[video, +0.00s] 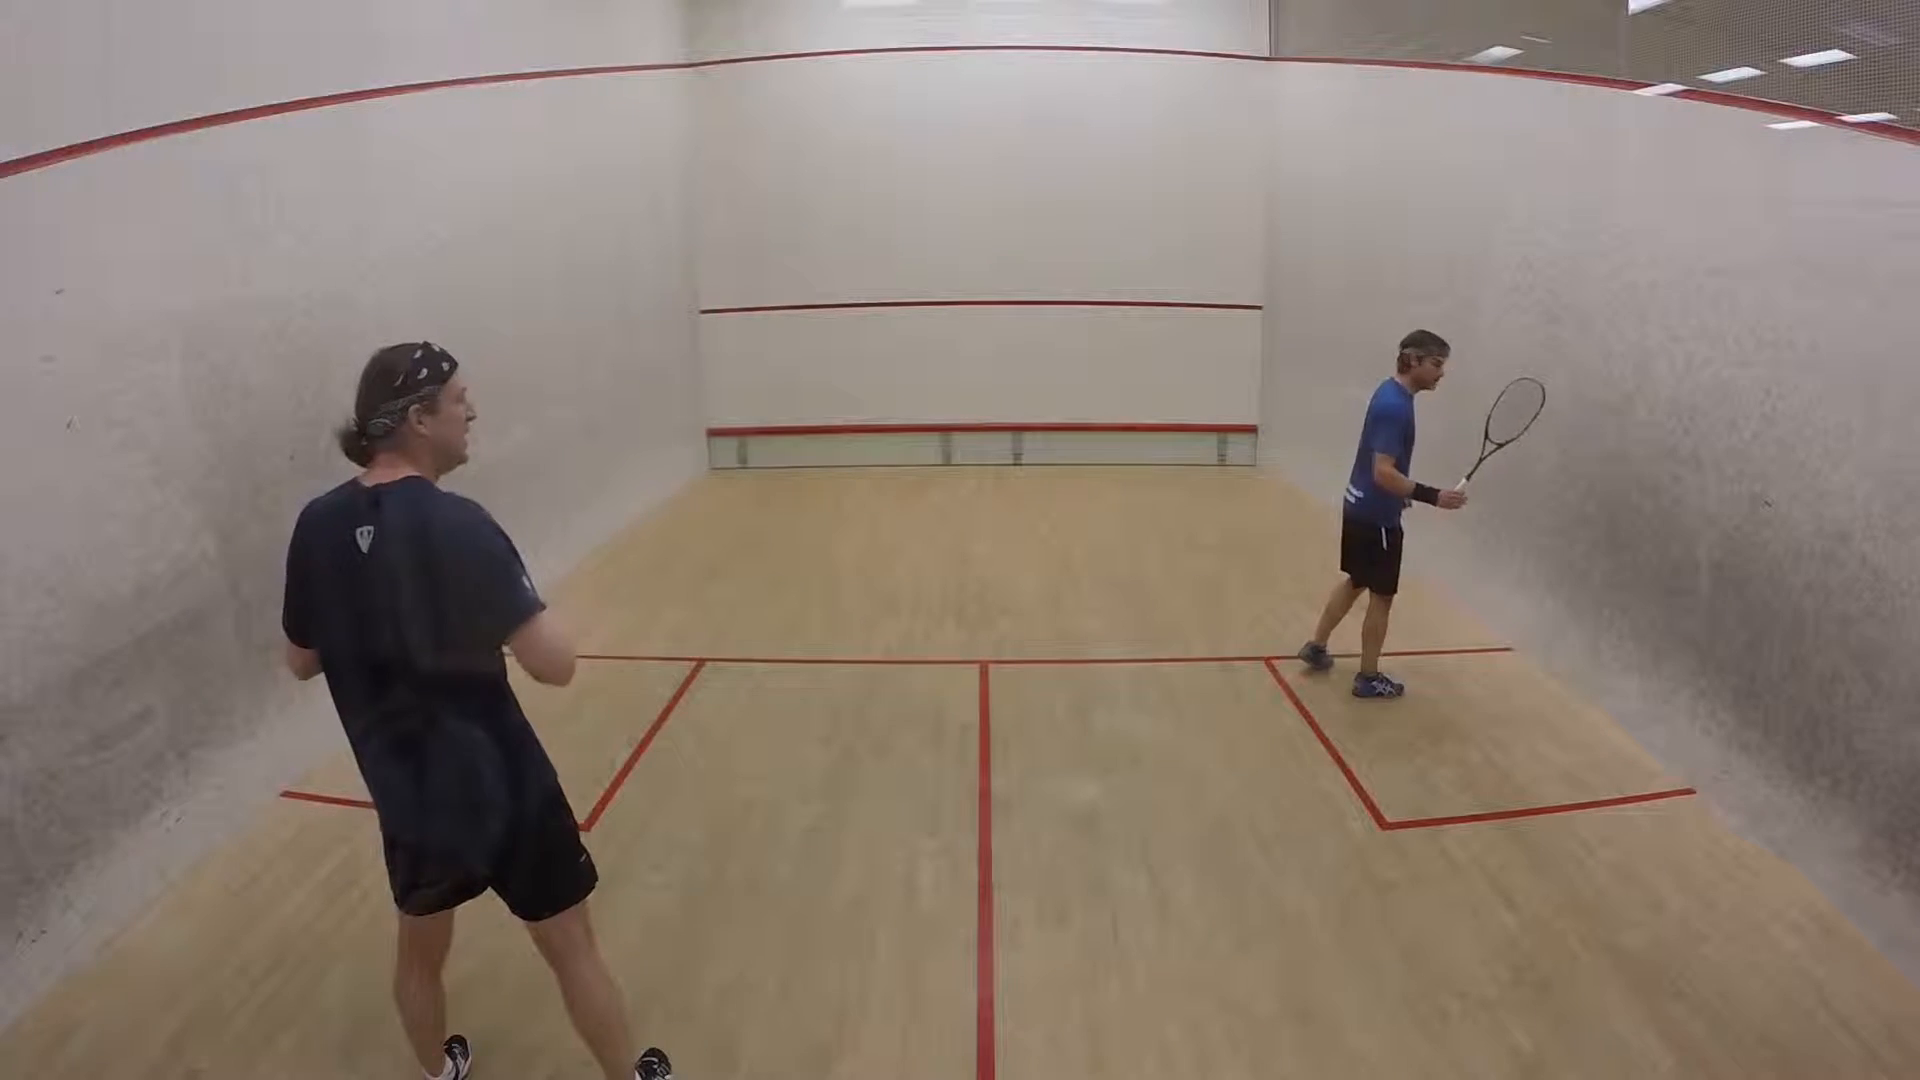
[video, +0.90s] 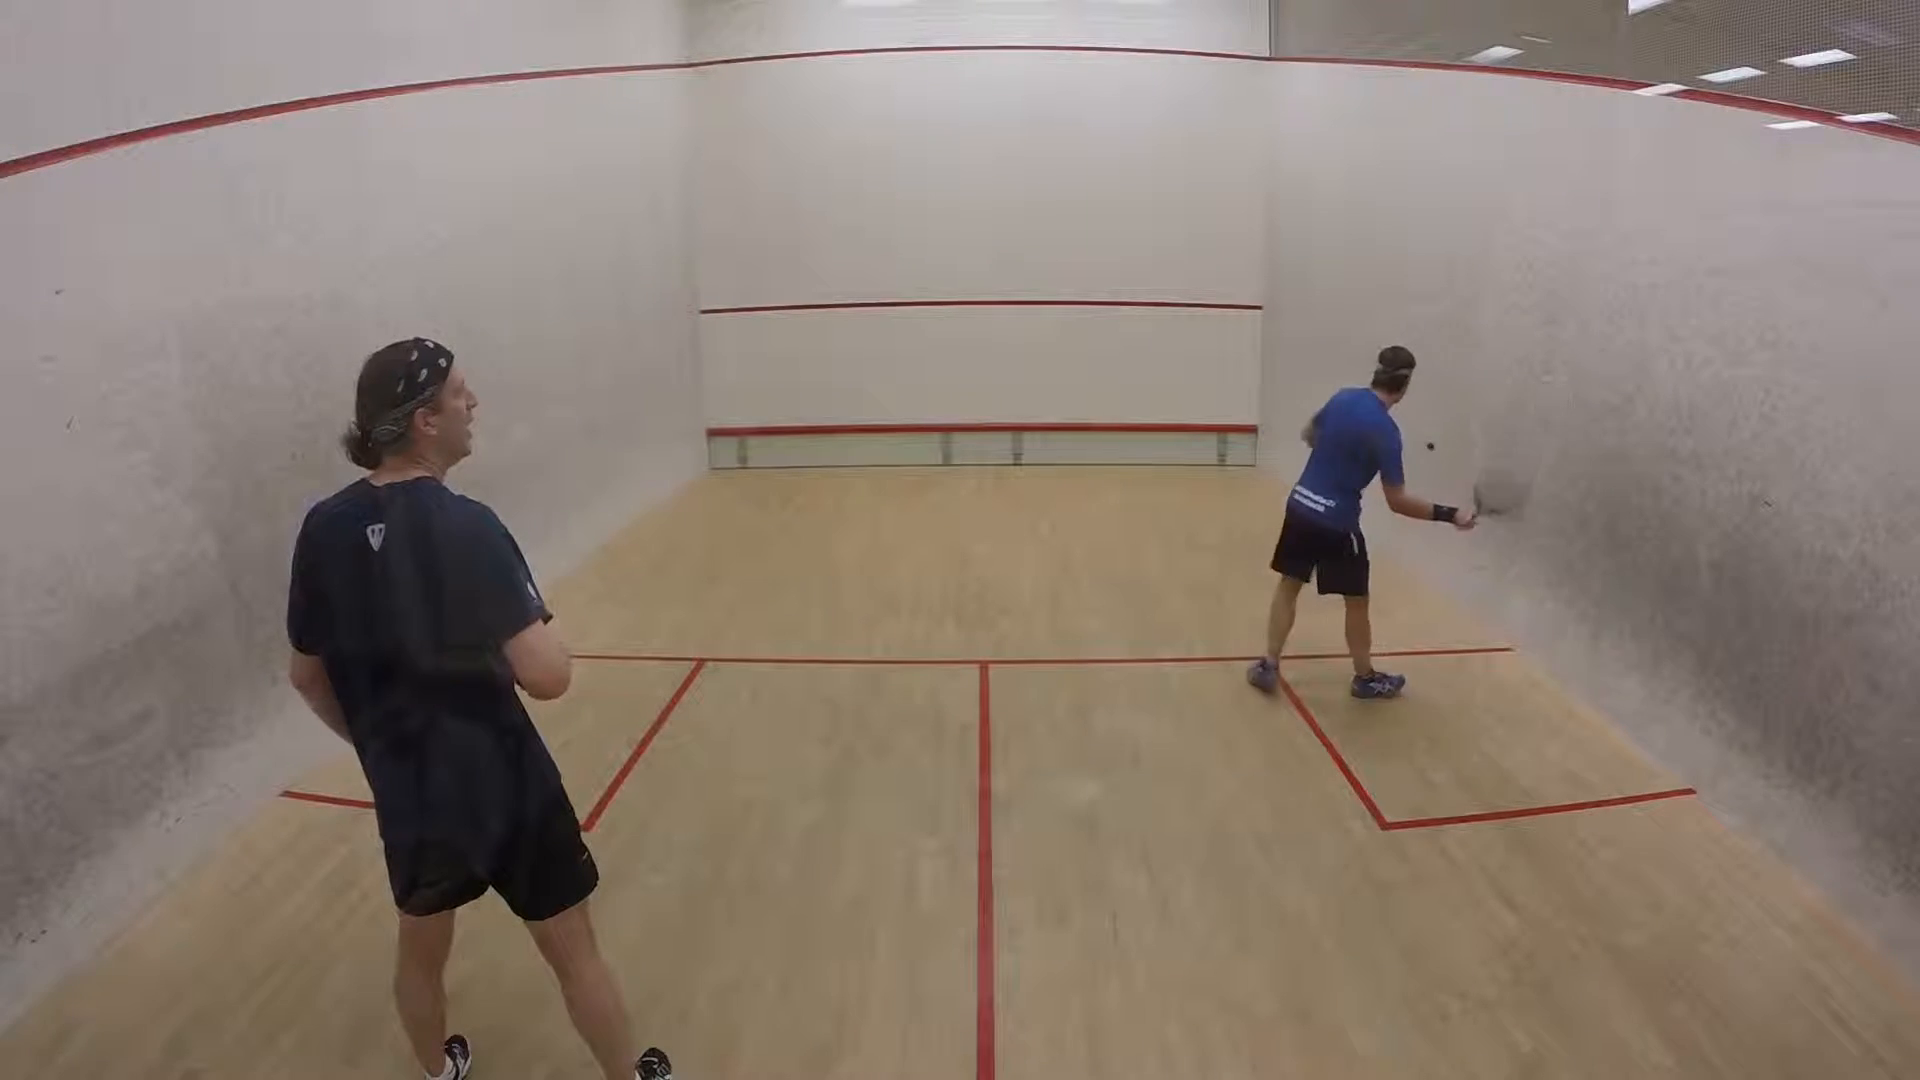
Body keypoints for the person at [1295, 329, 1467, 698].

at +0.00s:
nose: (1441, 373)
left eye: (1442, 366)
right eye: (1437, 365)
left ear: (1413, 363)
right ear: (1412, 362)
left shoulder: (1390, 394)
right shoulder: (1395, 405)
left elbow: (1377, 462)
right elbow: (1383, 473)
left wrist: (1400, 492)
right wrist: (1433, 495)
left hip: (1359, 507)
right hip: (1378, 517)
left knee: (1356, 581)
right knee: (1382, 597)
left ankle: (1316, 645)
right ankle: (1368, 676)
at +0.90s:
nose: (1407, 390)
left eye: (1406, 383)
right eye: (1408, 384)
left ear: (1375, 375)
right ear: (1404, 386)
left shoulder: (1344, 398)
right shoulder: (1386, 432)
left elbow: (1310, 434)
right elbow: (1397, 501)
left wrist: (1344, 455)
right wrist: (1448, 514)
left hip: (1299, 510)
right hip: (1338, 525)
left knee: (1288, 585)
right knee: (1356, 601)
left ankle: (1269, 665)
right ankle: (1364, 676)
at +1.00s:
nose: (1388, 387)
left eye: (1386, 380)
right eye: (1388, 381)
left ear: (1354, 374)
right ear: (1383, 384)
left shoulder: (1319, 396)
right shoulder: (1374, 434)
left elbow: (1277, 439)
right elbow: (1378, 497)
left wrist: (1299, 461)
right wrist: (1421, 514)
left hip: (1286, 513)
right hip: (1327, 526)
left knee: (1277, 588)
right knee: (1346, 602)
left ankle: (1269, 671)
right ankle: (1363, 676)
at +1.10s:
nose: (1363, 380)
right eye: (1364, 376)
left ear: (1330, 369)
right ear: (1361, 378)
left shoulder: (1296, 396)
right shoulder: (1361, 428)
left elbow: (1259, 441)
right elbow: (1344, 487)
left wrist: (1256, 469)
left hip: (1272, 520)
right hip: (1316, 527)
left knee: (1264, 590)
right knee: (1340, 601)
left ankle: (1268, 672)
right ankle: (1358, 673)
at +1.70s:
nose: (1198, 348)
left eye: (1207, 344)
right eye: (1203, 342)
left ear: (1225, 357)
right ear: (1220, 356)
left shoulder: (1246, 402)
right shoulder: (1215, 400)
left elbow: (1255, 469)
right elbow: (1223, 467)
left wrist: (1197, 483)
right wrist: (1210, 516)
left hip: (1247, 521)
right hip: (1216, 516)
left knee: (1260, 595)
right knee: (1189, 584)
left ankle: (1274, 665)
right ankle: (1169, 668)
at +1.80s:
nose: (1183, 351)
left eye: (1192, 348)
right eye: (1188, 346)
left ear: (1208, 360)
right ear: (1203, 360)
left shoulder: (1226, 407)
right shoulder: (1194, 404)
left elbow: (1233, 474)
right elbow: (1203, 464)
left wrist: (1172, 487)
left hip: (1228, 527)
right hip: (1194, 523)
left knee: (1245, 600)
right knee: (1171, 597)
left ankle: (1270, 663)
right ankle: (1160, 682)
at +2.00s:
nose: (1152, 353)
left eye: (1162, 350)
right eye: (1153, 347)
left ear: (1181, 362)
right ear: (1154, 355)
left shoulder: (1188, 405)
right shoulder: (1155, 404)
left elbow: (1194, 473)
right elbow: (1162, 466)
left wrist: (1135, 492)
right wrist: (1146, 510)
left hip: (1183, 530)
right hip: (1151, 523)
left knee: (1170, 615)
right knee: (1134, 601)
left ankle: (1224, 646)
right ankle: (1153, 683)